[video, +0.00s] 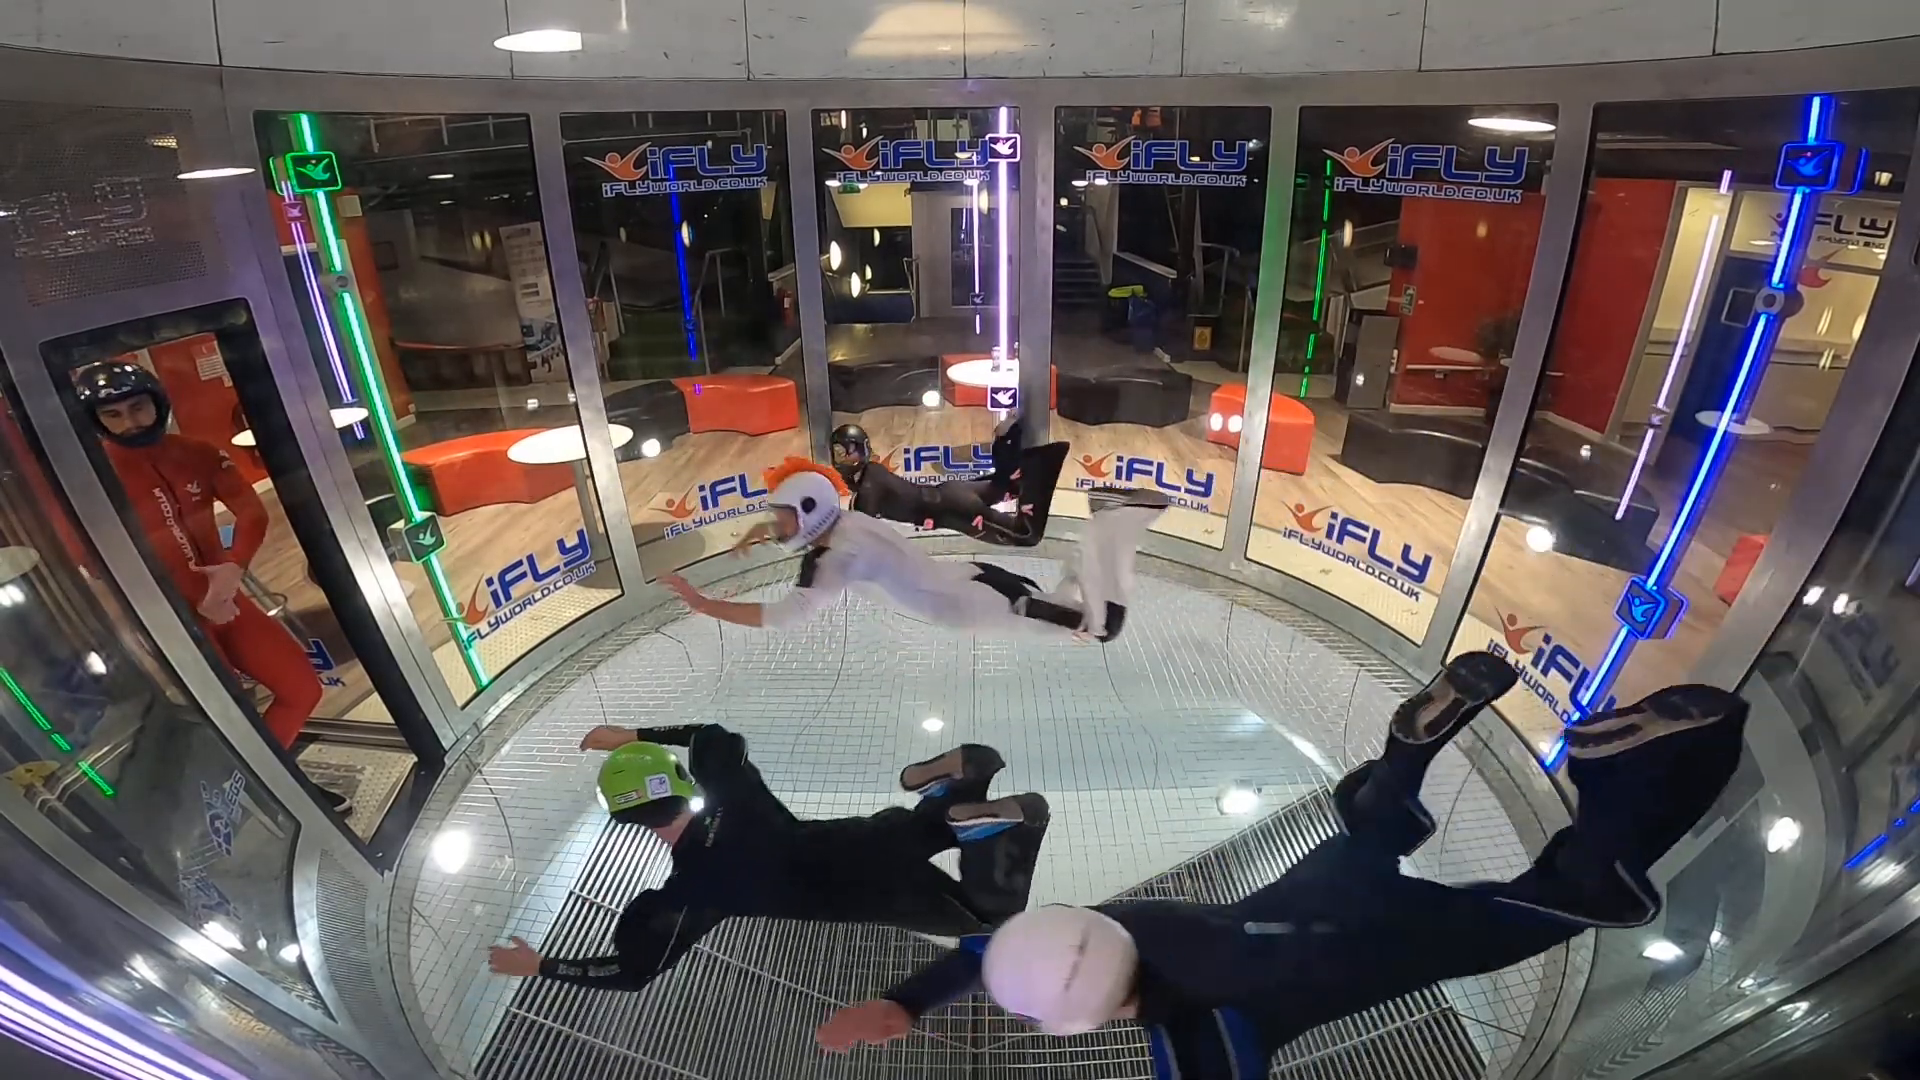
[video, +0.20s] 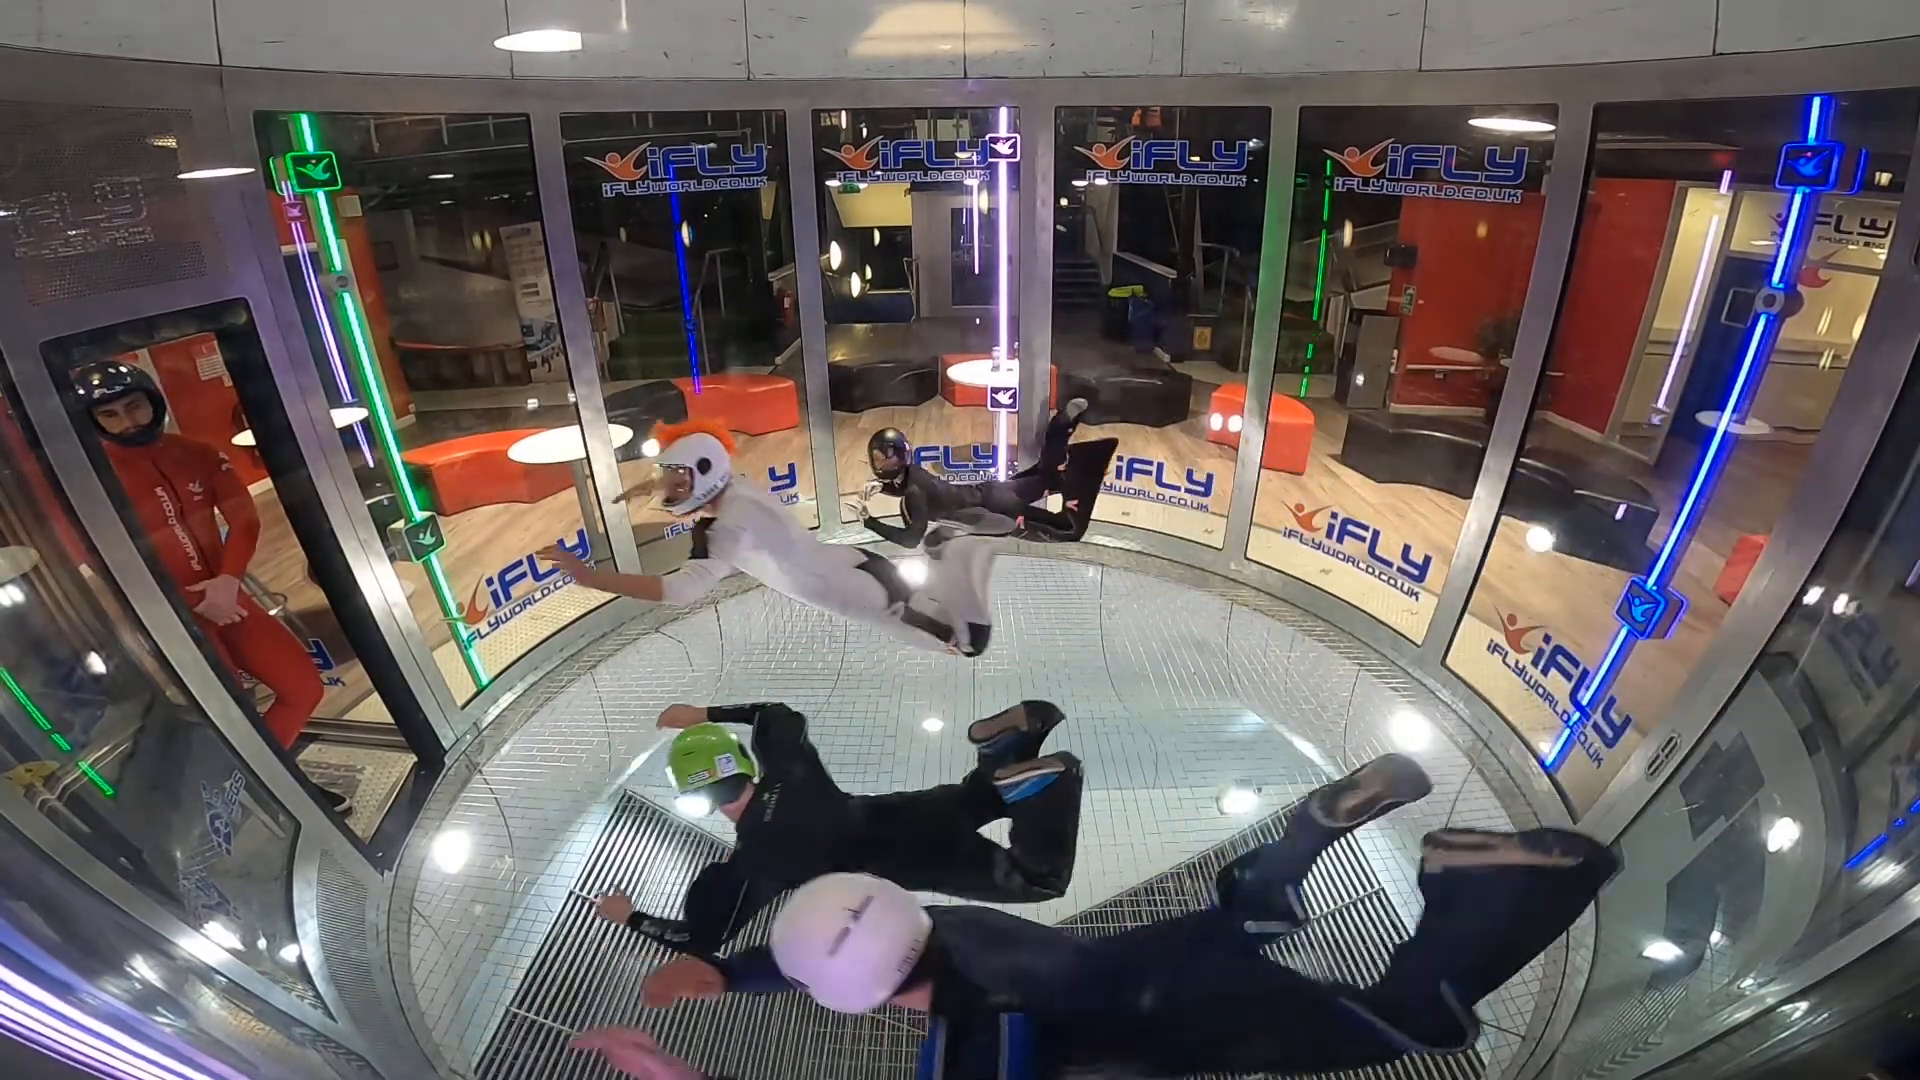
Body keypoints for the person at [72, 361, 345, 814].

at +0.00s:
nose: (130, 423)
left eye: (138, 407)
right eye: (113, 415)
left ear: (154, 402)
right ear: (96, 421)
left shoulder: (197, 455)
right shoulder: (94, 477)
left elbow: (252, 514)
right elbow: (99, 566)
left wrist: (233, 568)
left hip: (224, 602)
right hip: (170, 622)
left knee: (303, 689)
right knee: (233, 714)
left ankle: (243, 780)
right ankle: (294, 791)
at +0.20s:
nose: (127, 422)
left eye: (133, 406)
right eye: (109, 415)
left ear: (150, 401)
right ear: (93, 422)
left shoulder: (197, 455)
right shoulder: (93, 478)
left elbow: (244, 521)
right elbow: (97, 565)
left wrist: (228, 581)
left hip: (226, 599)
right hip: (171, 621)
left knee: (304, 688)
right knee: (236, 711)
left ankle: (244, 779)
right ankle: (295, 792)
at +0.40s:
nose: (126, 423)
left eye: (132, 407)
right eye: (109, 416)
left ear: (149, 402)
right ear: (92, 424)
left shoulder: (199, 456)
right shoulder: (95, 479)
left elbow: (249, 519)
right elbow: (98, 565)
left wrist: (238, 574)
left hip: (229, 602)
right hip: (176, 620)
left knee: (305, 689)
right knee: (236, 710)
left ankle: (242, 781)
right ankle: (295, 792)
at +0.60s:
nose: (126, 422)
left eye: (131, 406)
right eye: (109, 415)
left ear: (148, 400)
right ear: (92, 424)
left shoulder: (199, 455)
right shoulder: (94, 480)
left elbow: (249, 519)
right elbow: (100, 570)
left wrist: (240, 574)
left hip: (231, 603)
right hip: (177, 622)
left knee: (305, 688)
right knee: (236, 712)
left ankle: (241, 781)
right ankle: (294, 793)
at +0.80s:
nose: (129, 423)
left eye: (135, 406)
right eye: (111, 416)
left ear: (151, 401)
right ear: (95, 423)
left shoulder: (197, 455)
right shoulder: (96, 480)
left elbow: (249, 519)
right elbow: (99, 567)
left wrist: (240, 576)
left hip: (230, 602)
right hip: (175, 620)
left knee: (303, 689)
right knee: (232, 717)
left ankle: (255, 778)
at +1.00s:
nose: (127, 423)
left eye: (133, 407)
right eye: (110, 416)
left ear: (150, 403)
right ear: (93, 424)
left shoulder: (199, 455)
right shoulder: (95, 481)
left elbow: (248, 521)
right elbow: (103, 568)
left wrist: (242, 577)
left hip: (232, 603)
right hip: (178, 622)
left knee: (304, 688)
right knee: (235, 708)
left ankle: (246, 781)